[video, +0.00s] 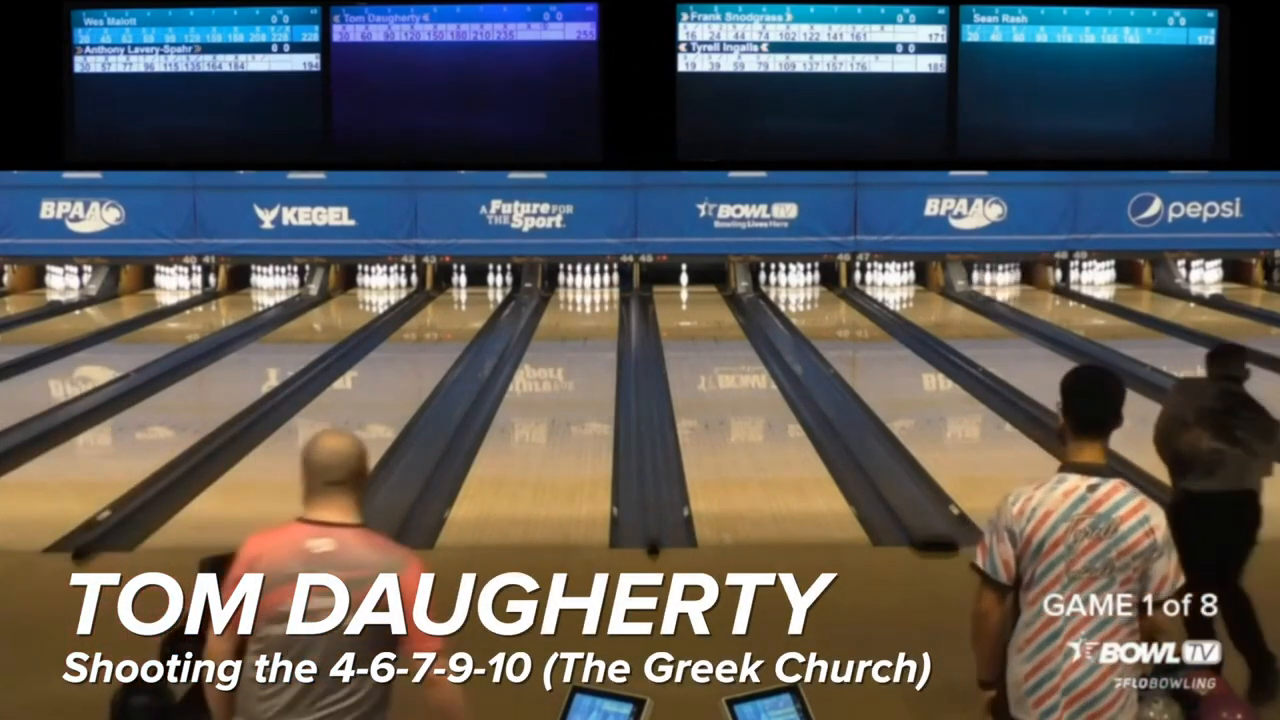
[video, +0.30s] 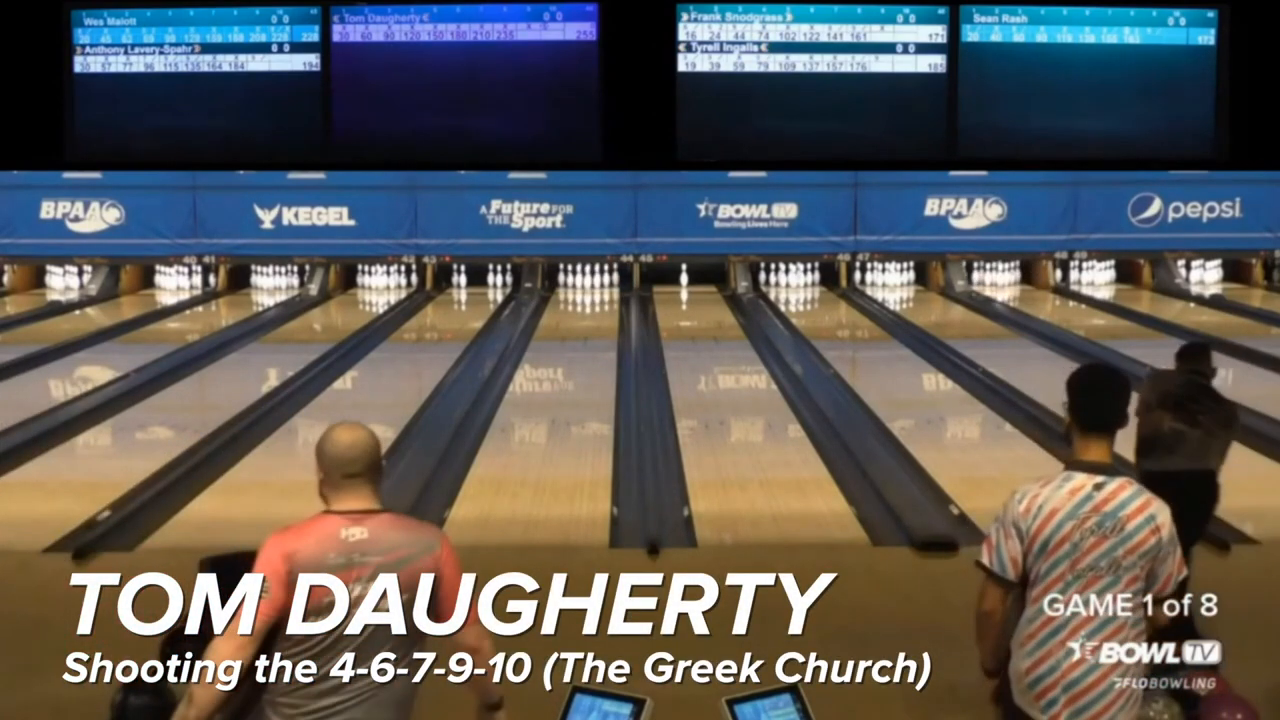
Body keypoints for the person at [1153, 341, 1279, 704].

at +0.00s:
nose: (1236, 376)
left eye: (1232, 369)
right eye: (1238, 370)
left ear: (1208, 368)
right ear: (1243, 373)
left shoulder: (1186, 393)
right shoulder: (1256, 412)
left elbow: (1164, 436)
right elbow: (1269, 458)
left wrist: (1181, 475)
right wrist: (1241, 462)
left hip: (1191, 504)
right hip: (1242, 506)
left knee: (1197, 589)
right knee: (1227, 586)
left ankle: (1205, 666)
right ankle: (1262, 666)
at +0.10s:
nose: (1228, 374)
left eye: (1222, 367)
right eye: (1229, 368)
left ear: (1197, 365)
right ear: (1232, 371)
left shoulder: (1177, 389)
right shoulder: (1247, 409)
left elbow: (1158, 436)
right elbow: (1252, 462)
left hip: (1185, 495)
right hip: (1231, 499)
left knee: (1200, 576)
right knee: (1208, 575)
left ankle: (1221, 658)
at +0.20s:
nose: (1217, 371)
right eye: (1217, 367)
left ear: (1184, 363)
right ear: (1217, 370)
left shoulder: (1163, 384)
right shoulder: (1232, 408)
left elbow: (1148, 433)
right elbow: (1221, 467)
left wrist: (1153, 470)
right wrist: (1216, 529)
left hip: (1163, 484)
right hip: (1209, 489)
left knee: (1162, 551)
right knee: (1194, 560)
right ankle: (1189, 629)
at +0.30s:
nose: (1207, 373)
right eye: (1208, 368)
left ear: (1178, 364)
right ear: (1210, 371)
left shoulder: (1156, 387)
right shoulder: (1225, 408)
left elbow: (1143, 432)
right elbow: (1216, 458)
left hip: (1154, 482)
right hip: (1199, 488)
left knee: (1154, 551)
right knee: (1180, 555)